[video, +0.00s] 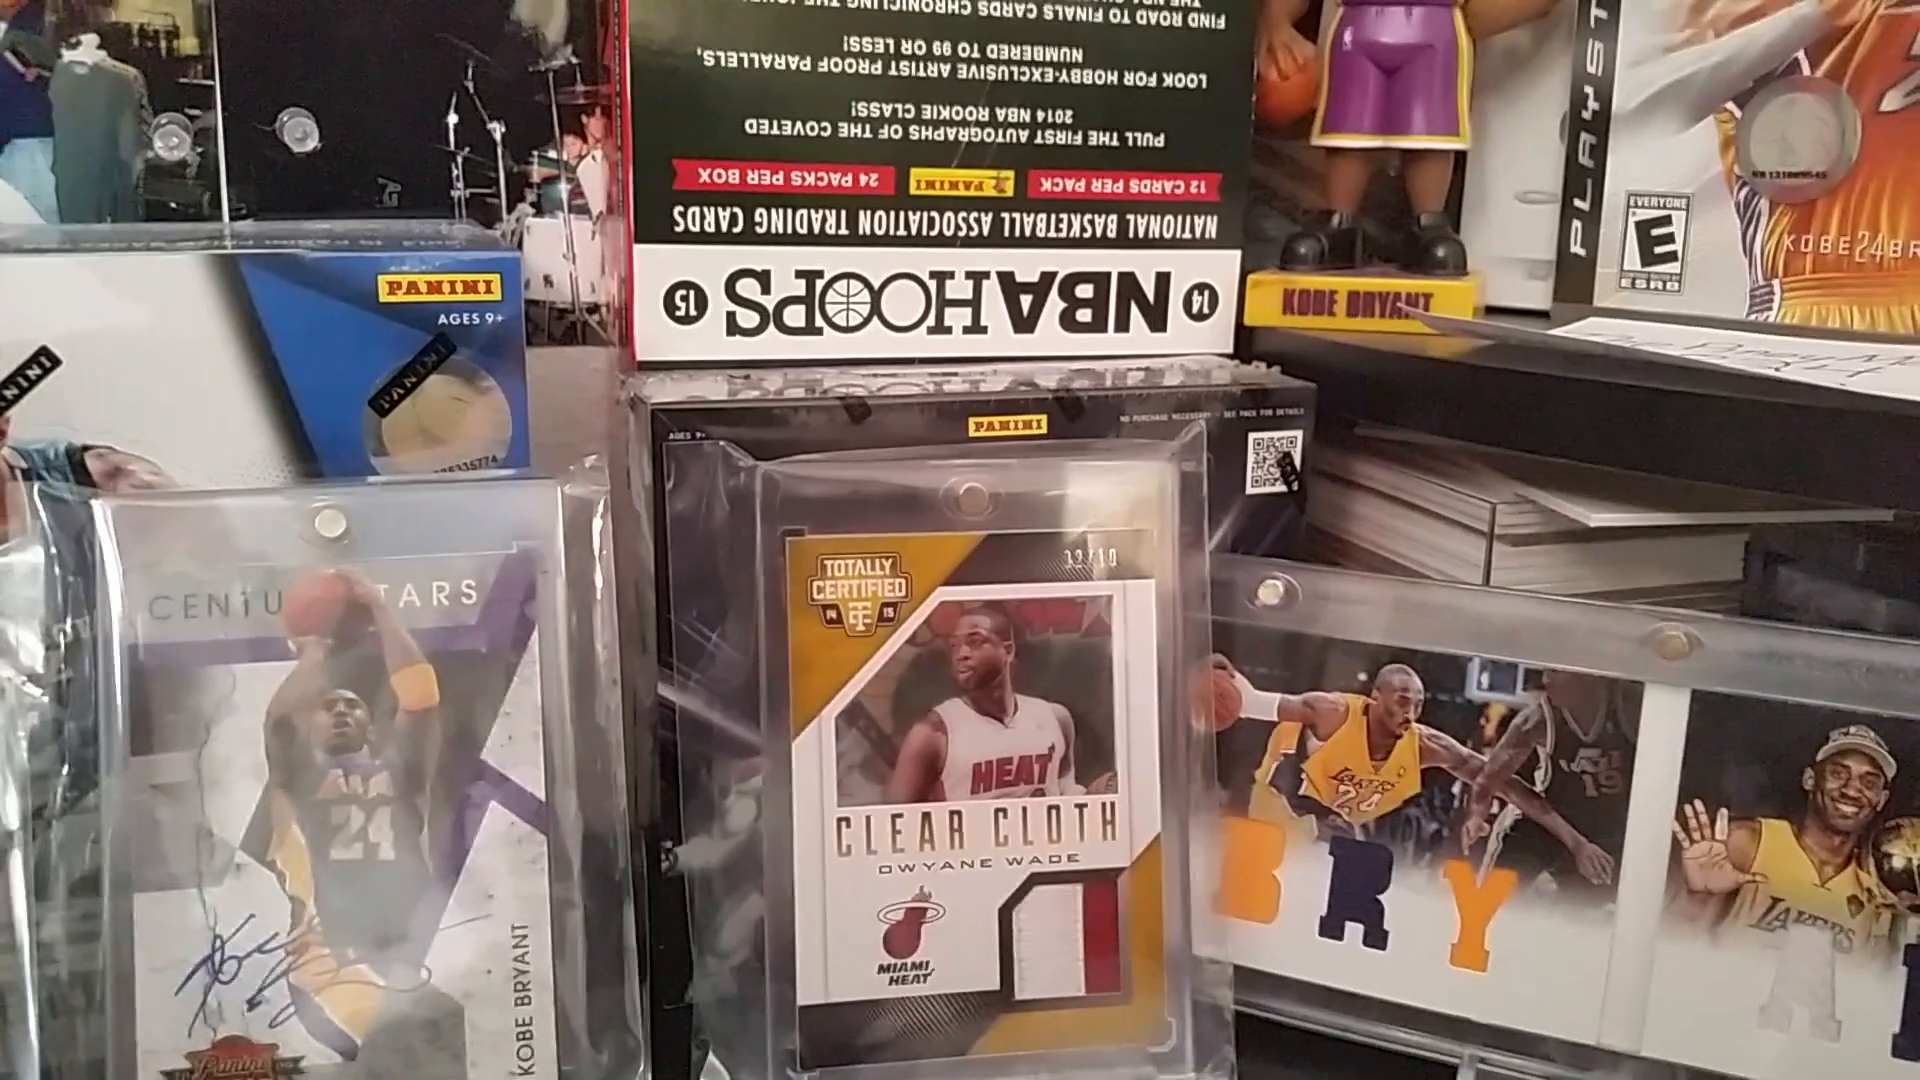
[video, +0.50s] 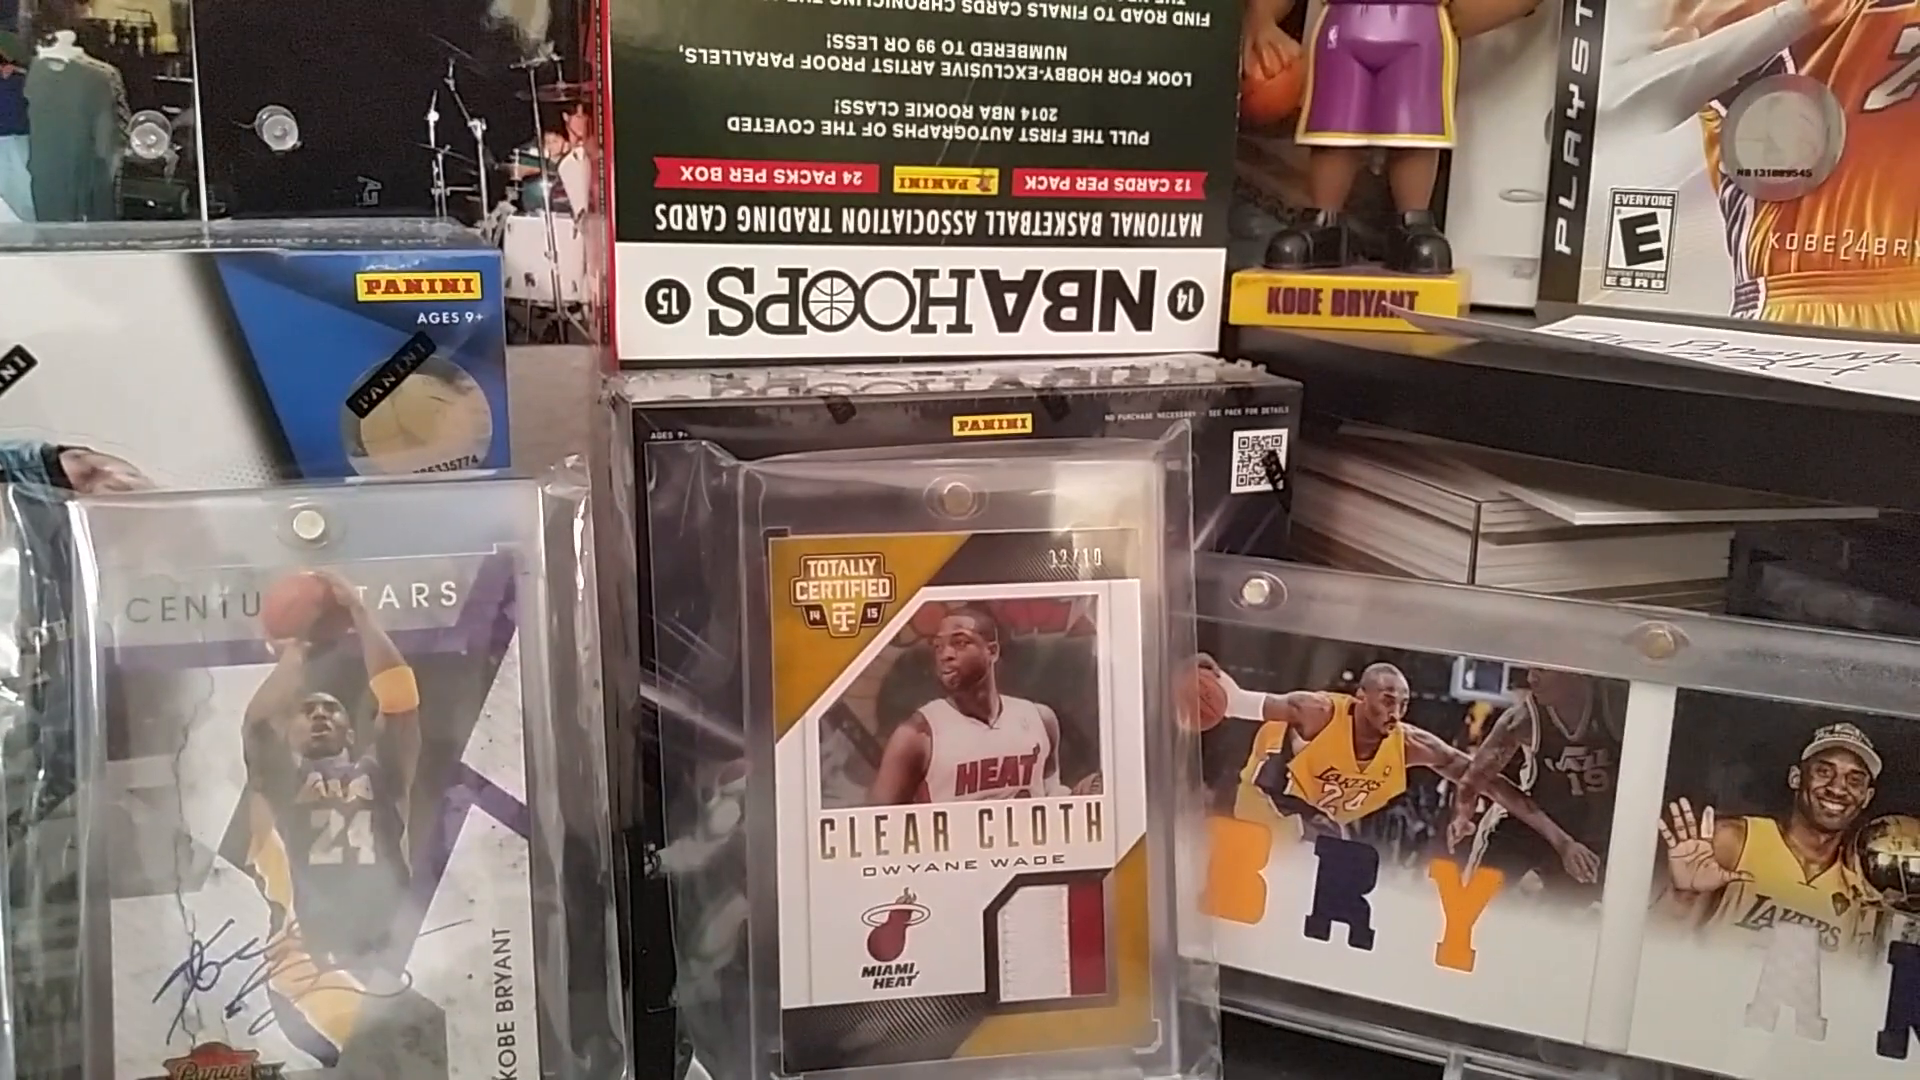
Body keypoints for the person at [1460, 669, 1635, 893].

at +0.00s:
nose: (1545, 680)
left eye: (1556, 671)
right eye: (1545, 670)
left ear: (1591, 674)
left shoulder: (1631, 705)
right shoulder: (1536, 719)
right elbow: (1486, 781)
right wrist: (1476, 817)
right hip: (1546, 818)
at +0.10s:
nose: (1538, 678)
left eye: (1551, 670)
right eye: (1538, 669)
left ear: (1586, 673)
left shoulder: (1625, 703)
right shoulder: (1529, 719)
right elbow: (1480, 779)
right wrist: (1469, 816)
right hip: (1541, 821)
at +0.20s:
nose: (1533, 677)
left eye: (1545, 668)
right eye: (1533, 668)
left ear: (1580, 672)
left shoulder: (1618, 704)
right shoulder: (1523, 718)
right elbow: (1474, 779)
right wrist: (1463, 817)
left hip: (1596, 829)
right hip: (1534, 816)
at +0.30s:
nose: (1531, 678)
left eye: (1544, 669)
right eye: (1531, 669)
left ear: (1577, 672)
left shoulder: (1617, 705)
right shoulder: (1522, 719)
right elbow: (1473, 779)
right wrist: (1463, 817)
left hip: (1594, 832)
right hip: (1531, 817)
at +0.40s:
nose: (1531, 678)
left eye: (1544, 669)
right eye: (1530, 669)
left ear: (1576, 671)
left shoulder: (1618, 705)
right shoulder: (1521, 720)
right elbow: (1472, 780)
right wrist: (1462, 818)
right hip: (1529, 819)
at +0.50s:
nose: (1531, 678)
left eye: (1544, 669)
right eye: (1530, 668)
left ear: (1575, 670)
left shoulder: (1617, 704)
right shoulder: (1521, 719)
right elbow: (1472, 780)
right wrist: (1462, 818)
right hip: (1530, 820)